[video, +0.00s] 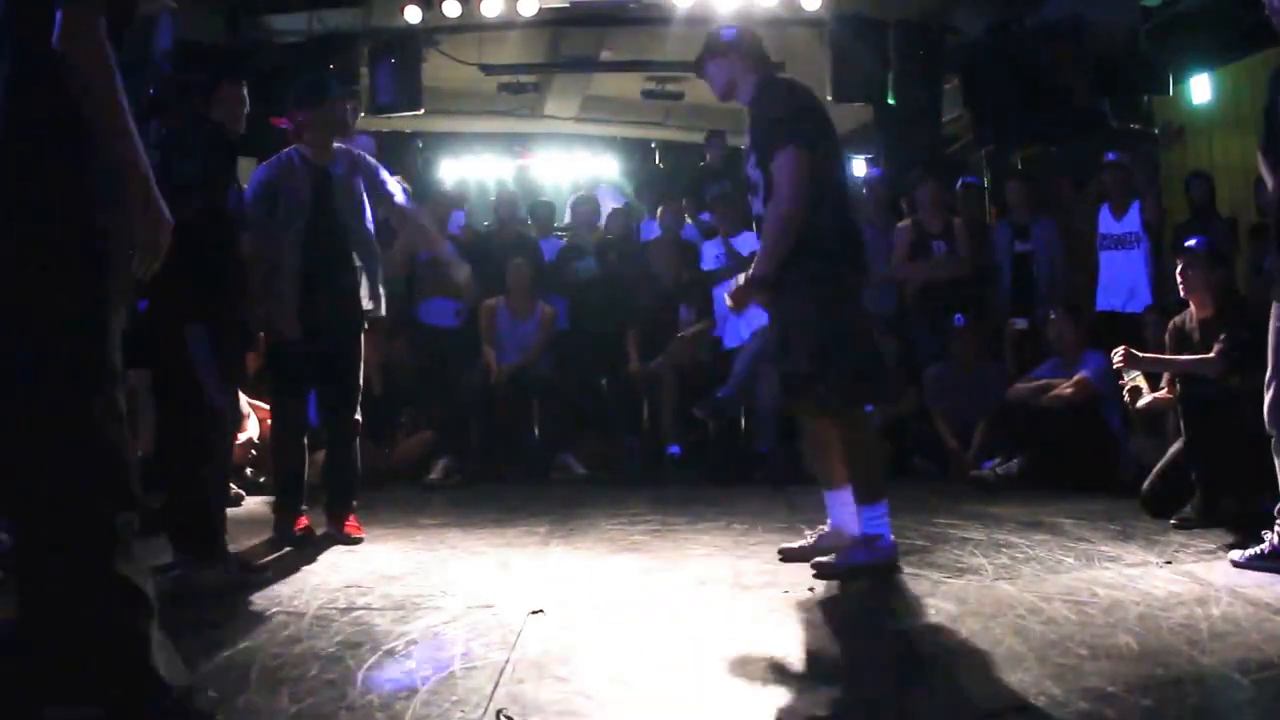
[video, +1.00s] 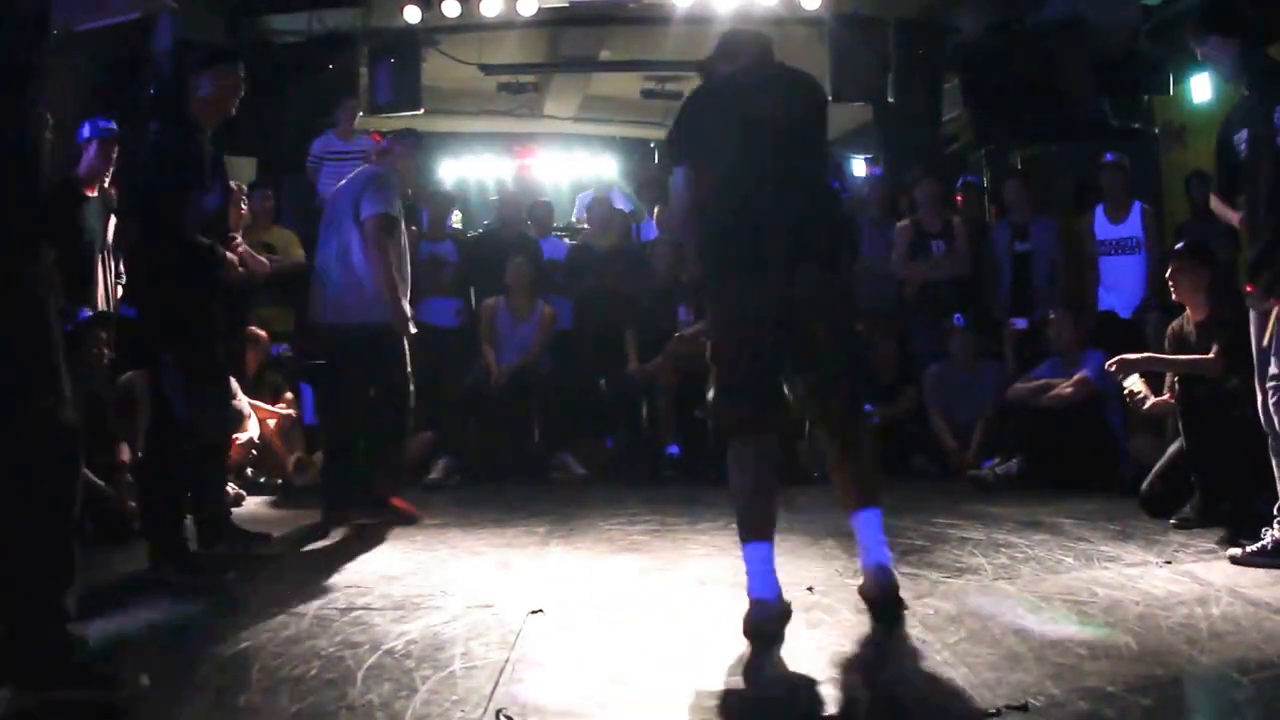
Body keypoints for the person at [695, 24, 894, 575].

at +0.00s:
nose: (713, 84)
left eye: (715, 70)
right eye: (708, 77)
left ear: (742, 55)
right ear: (729, 68)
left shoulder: (780, 99)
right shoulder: (772, 106)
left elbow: (790, 196)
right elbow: (788, 203)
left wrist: (759, 274)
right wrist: (758, 272)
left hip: (821, 277)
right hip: (809, 277)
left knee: (834, 401)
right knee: (820, 400)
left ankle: (867, 534)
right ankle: (845, 526)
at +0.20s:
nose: (710, 99)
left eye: (709, 89)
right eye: (707, 91)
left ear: (722, 81)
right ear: (758, 72)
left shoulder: (738, 116)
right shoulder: (809, 104)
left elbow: (735, 222)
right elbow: (831, 184)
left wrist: (759, 253)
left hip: (812, 250)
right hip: (863, 245)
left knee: (740, 334)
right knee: (833, 373)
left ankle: (798, 466)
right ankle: (842, 517)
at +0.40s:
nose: (741, 112)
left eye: (742, 104)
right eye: (740, 105)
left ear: (752, 100)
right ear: (789, 93)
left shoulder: (748, 148)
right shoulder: (831, 133)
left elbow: (733, 245)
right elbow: (840, 211)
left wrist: (745, 272)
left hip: (781, 283)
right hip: (837, 276)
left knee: (785, 394)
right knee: (821, 392)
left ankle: (812, 510)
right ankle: (806, 511)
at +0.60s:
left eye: (767, 84)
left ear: (766, 85)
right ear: (817, 87)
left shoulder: (740, 121)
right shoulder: (842, 125)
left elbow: (705, 217)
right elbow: (869, 210)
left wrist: (740, 245)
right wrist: (852, 254)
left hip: (766, 274)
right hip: (831, 276)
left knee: (771, 378)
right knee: (826, 398)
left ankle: (768, 483)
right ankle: (822, 530)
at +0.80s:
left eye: (764, 57)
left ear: (758, 60)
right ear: (808, 59)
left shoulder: (734, 100)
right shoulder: (835, 93)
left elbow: (712, 208)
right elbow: (862, 184)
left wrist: (730, 246)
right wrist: (848, 226)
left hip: (758, 255)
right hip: (825, 253)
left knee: (757, 376)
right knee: (824, 387)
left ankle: (800, 406)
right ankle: (827, 526)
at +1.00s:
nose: (716, 71)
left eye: (716, 63)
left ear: (718, 62)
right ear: (772, 58)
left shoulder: (701, 102)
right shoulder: (808, 91)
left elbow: (679, 208)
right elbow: (826, 185)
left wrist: (675, 272)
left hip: (739, 284)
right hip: (819, 278)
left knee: (747, 427)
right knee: (842, 413)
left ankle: (764, 595)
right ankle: (878, 565)